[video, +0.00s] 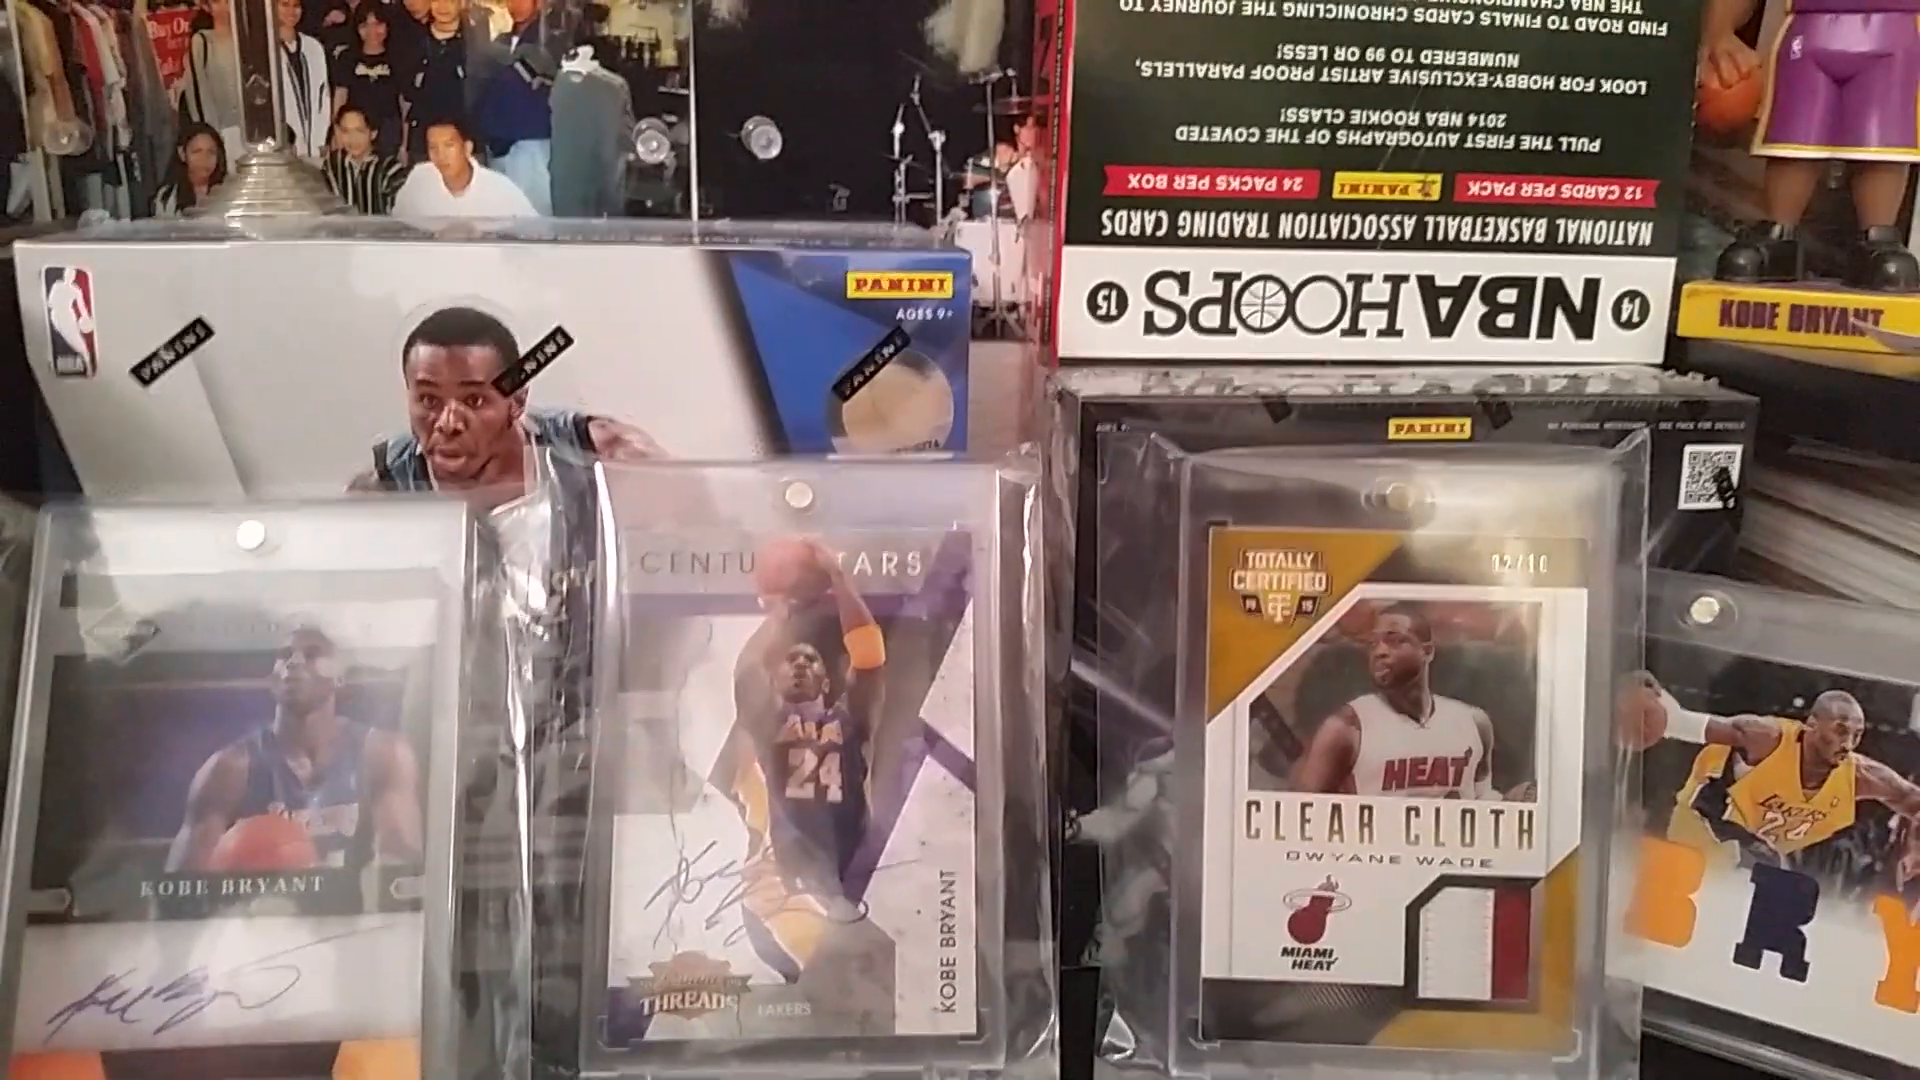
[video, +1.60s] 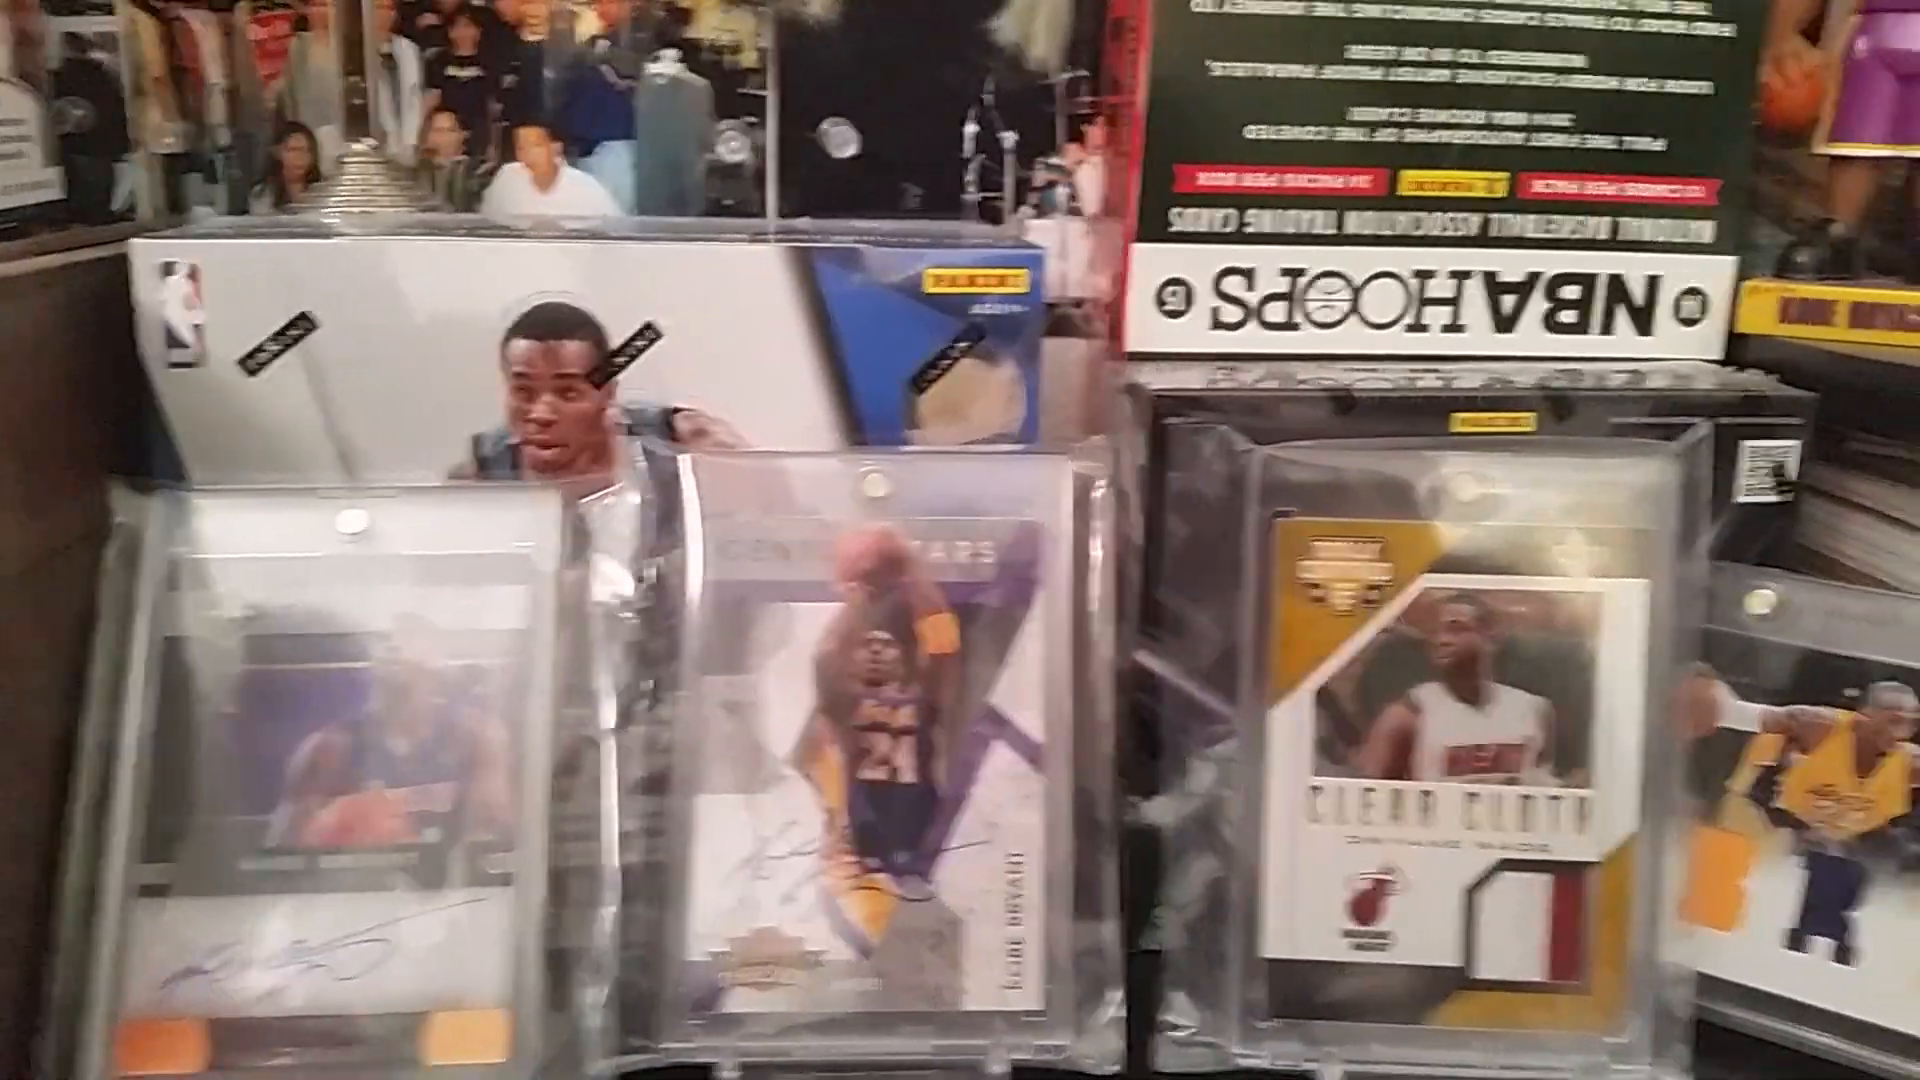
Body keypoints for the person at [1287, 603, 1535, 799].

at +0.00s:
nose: (1379, 651)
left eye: (1395, 641)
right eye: (1374, 643)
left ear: (1428, 651)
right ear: (1368, 652)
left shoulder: (1474, 724)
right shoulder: (1344, 729)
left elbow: (1481, 804)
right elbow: (1296, 816)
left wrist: (1510, 803)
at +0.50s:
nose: (1406, 649)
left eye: (1422, 637)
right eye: (1401, 640)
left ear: (1456, 649)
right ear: (1394, 648)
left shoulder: (1503, 723)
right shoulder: (1372, 726)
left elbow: (1508, 800)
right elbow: (1326, 816)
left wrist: (1537, 802)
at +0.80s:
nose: (1418, 649)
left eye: (1434, 637)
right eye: (1413, 640)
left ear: (1467, 648)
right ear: (1407, 648)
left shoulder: (1515, 723)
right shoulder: (1383, 726)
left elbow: (1519, 802)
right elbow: (1342, 817)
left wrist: (1548, 802)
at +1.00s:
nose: (1451, 645)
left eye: (1465, 636)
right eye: (1444, 638)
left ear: (1498, 647)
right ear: (1437, 650)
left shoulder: (1546, 720)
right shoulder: (1415, 721)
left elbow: (1554, 799)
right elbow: (1374, 807)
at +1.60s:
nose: (1441, 639)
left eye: (1456, 628)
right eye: (1438, 630)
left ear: (1488, 638)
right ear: (1431, 638)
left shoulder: (1536, 712)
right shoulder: (1406, 715)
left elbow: (1542, 792)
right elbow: (1366, 799)